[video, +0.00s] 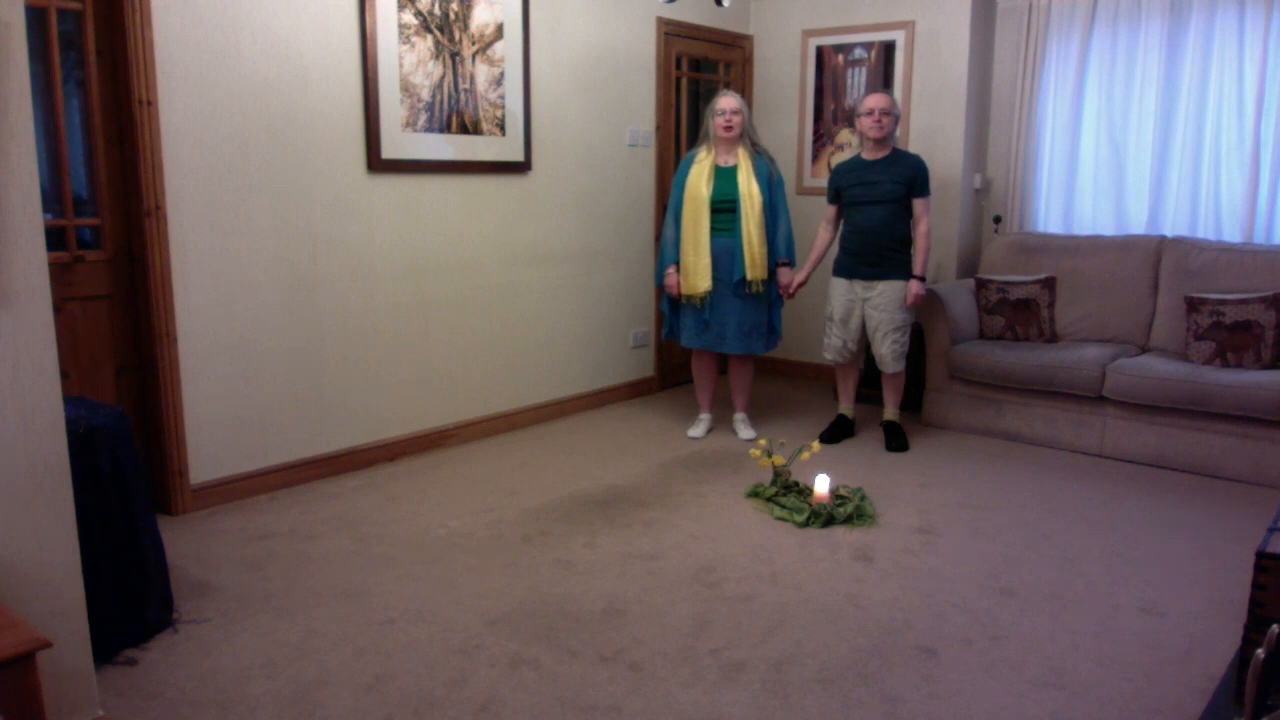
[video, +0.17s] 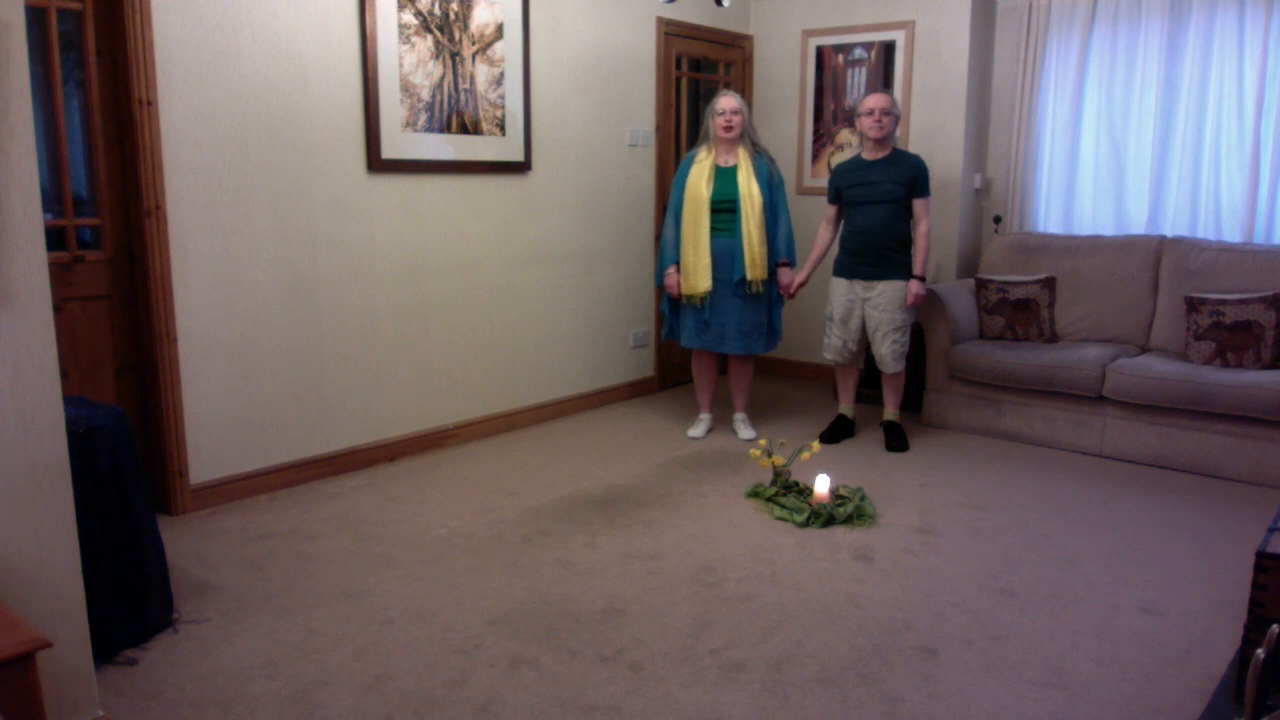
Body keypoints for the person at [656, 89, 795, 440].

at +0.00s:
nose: (727, 119)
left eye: (735, 113)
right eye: (720, 113)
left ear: (745, 119)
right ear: (710, 120)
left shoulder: (762, 163)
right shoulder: (692, 162)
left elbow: (779, 216)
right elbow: (674, 217)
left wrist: (783, 263)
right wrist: (670, 266)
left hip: (748, 268)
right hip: (700, 268)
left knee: (742, 344)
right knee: (702, 343)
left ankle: (741, 415)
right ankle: (704, 413)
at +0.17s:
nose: (728, 119)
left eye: (735, 113)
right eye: (721, 113)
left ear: (745, 119)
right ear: (710, 120)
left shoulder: (762, 163)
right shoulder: (692, 163)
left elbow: (779, 215)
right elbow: (674, 217)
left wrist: (784, 264)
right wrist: (670, 266)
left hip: (749, 268)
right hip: (700, 269)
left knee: (742, 344)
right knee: (702, 343)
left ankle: (741, 414)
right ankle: (704, 413)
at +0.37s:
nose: (728, 119)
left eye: (735, 113)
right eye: (721, 113)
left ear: (745, 119)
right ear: (710, 120)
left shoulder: (762, 164)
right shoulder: (692, 163)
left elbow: (779, 216)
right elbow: (674, 218)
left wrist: (784, 264)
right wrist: (670, 266)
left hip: (749, 269)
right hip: (700, 269)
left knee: (742, 344)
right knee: (702, 343)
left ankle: (741, 414)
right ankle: (704, 413)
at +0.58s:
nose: (728, 119)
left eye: (735, 113)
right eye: (721, 113)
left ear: (746, 119)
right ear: (710, 121)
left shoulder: (762, 164)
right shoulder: (692, 163)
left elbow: (779, 216)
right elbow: (674, 218)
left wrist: (785, 264)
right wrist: (670, 266)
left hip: (748, 268)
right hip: (700, 269)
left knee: (743, 344)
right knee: (702, 343)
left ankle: (741, 414)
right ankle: (704, 413)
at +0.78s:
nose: (728, 119)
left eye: (735, 113)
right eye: (721, 113)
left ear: (745, 119)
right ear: (710, 120)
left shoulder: (762, 164)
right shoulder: (692, 163)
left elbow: (779, 216)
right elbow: (674, 218)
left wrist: (785, 264)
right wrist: (670, 266)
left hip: (748, 268)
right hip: (700, 269)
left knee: (742, 344)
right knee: (702, 343)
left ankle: (741, 415)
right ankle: (704, 413)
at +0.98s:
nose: (728, 119)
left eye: (735, 113)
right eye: (721, 113)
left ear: (745, 119)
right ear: (710, 120)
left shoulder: (762, 164)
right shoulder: (692, 163)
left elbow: (779, 216)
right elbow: (674, 218)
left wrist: (785, 264)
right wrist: (670, 267)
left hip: (748, 268)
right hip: (700, 269)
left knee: (742, 344)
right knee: (702, 343)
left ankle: (741, 415)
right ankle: (704, 413)